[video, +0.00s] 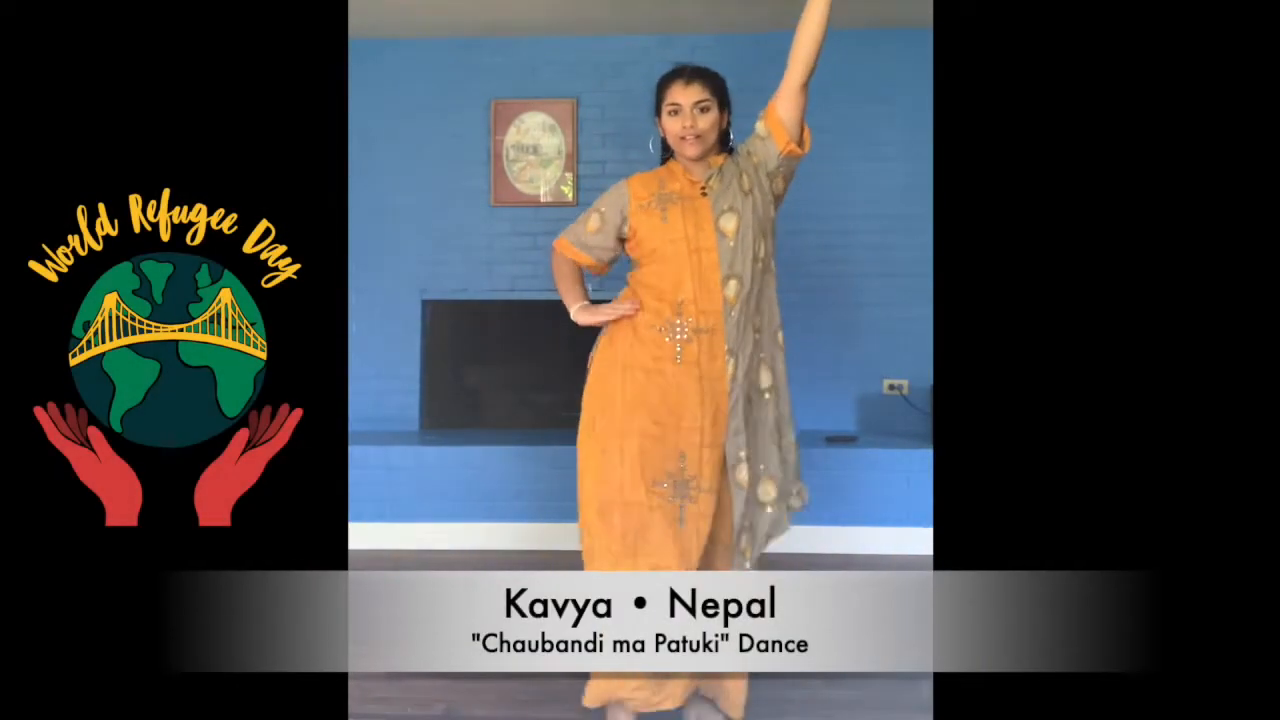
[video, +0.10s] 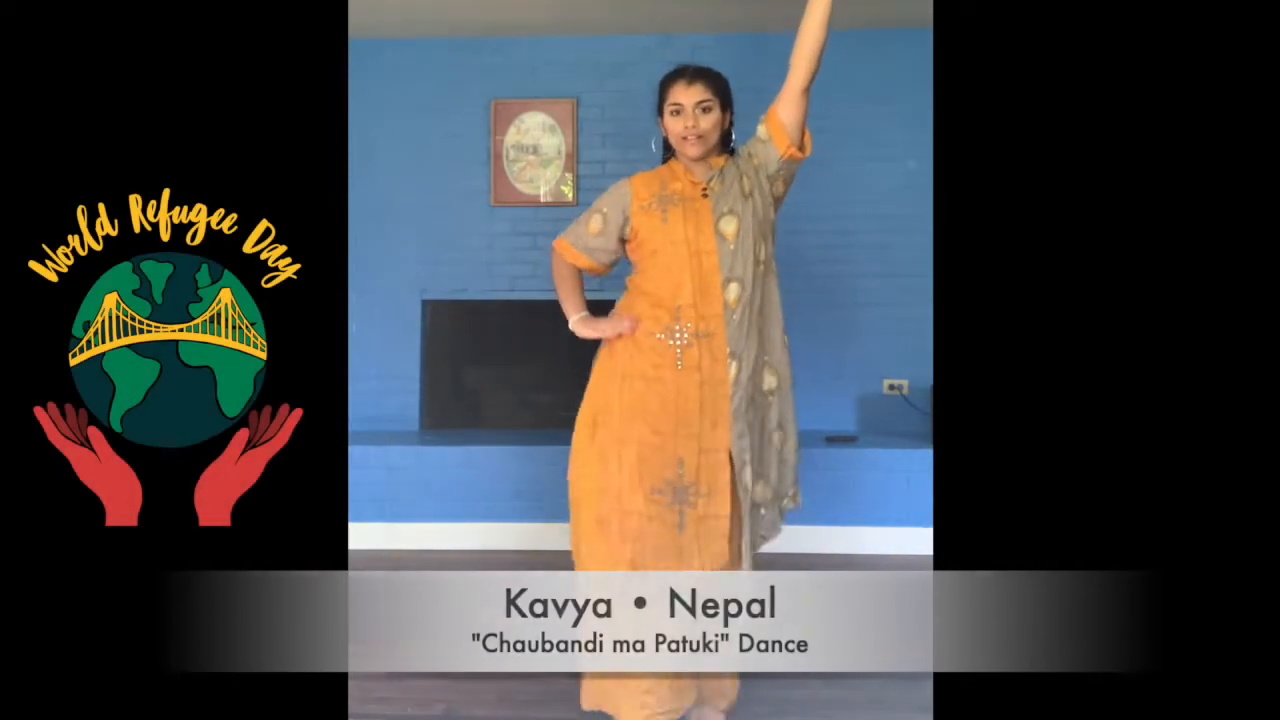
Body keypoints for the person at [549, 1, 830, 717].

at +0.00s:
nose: (687, 121)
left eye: (701, 109)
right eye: (674, 111)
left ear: (723, 117)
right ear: (660, 122)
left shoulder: (751, 179)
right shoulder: (636, 193)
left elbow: (796, 80)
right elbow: (566, 250)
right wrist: (579, 308)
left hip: (720, 373)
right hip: (636, 369)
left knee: (709, 523)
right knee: (634, 518)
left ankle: (704, 674)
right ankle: (632, 684)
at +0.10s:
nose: (690, 121)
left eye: (704, 109)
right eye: (677, 110)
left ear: (725, 118)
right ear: (662, 122)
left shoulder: (751, 180)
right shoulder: (637, 193)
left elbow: (797, 84)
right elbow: (566, 252)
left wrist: (820, 1)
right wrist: (580, 319)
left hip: (722, 383)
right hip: (638, 382)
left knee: (714, 538)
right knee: (632, 538)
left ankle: (707, 697)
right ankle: (638, 699)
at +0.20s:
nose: (693, 123)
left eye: (706, 110)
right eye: (679, 112)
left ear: (727, 119)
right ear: (664, 123)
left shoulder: (752, 181)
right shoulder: (638, 193)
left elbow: (799, 91)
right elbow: (566, 257)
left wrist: (823, 3)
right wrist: (583, 335)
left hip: (726, 386)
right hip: (644, 386)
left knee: (715, 542)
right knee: (638, 539)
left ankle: (701, 693)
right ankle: (638, 698)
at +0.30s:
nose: (695, 127)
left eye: (709, 115)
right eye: (681, 116)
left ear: (730, 126)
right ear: (667, 128)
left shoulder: (753, 187)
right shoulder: (638, 197)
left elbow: (800, 97)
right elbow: (570, 262)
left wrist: (825, 5)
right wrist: (584, 341)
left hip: (731, 390)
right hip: (649, 389)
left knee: (714, 543)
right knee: (641, 540)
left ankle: (696, 690)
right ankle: (616, 696)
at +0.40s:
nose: (696, 123)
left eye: (710, 112)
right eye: (683, 113)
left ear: (730, 124)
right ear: (668, 126)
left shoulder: (755, 186)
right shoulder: (638, 197)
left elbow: (803, 97)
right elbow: (572, 263)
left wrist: (826, 6)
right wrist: (585, 340)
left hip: (733, 389)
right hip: (648, 387)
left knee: (719, 547)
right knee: (644, 543)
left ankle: (701, 694)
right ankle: (627, 698)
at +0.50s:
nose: (695, 119)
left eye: (709, 107)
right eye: (683, 109)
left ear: (731, 117)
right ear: (667, 120)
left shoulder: (757, 179)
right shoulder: (641, 191)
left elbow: (803, 87)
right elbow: (571, 252)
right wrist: (584, 321)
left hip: (731, 386)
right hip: (646, 386)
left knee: (721, 550)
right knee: (642, 550)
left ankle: (702, 698)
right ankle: (632, 701)